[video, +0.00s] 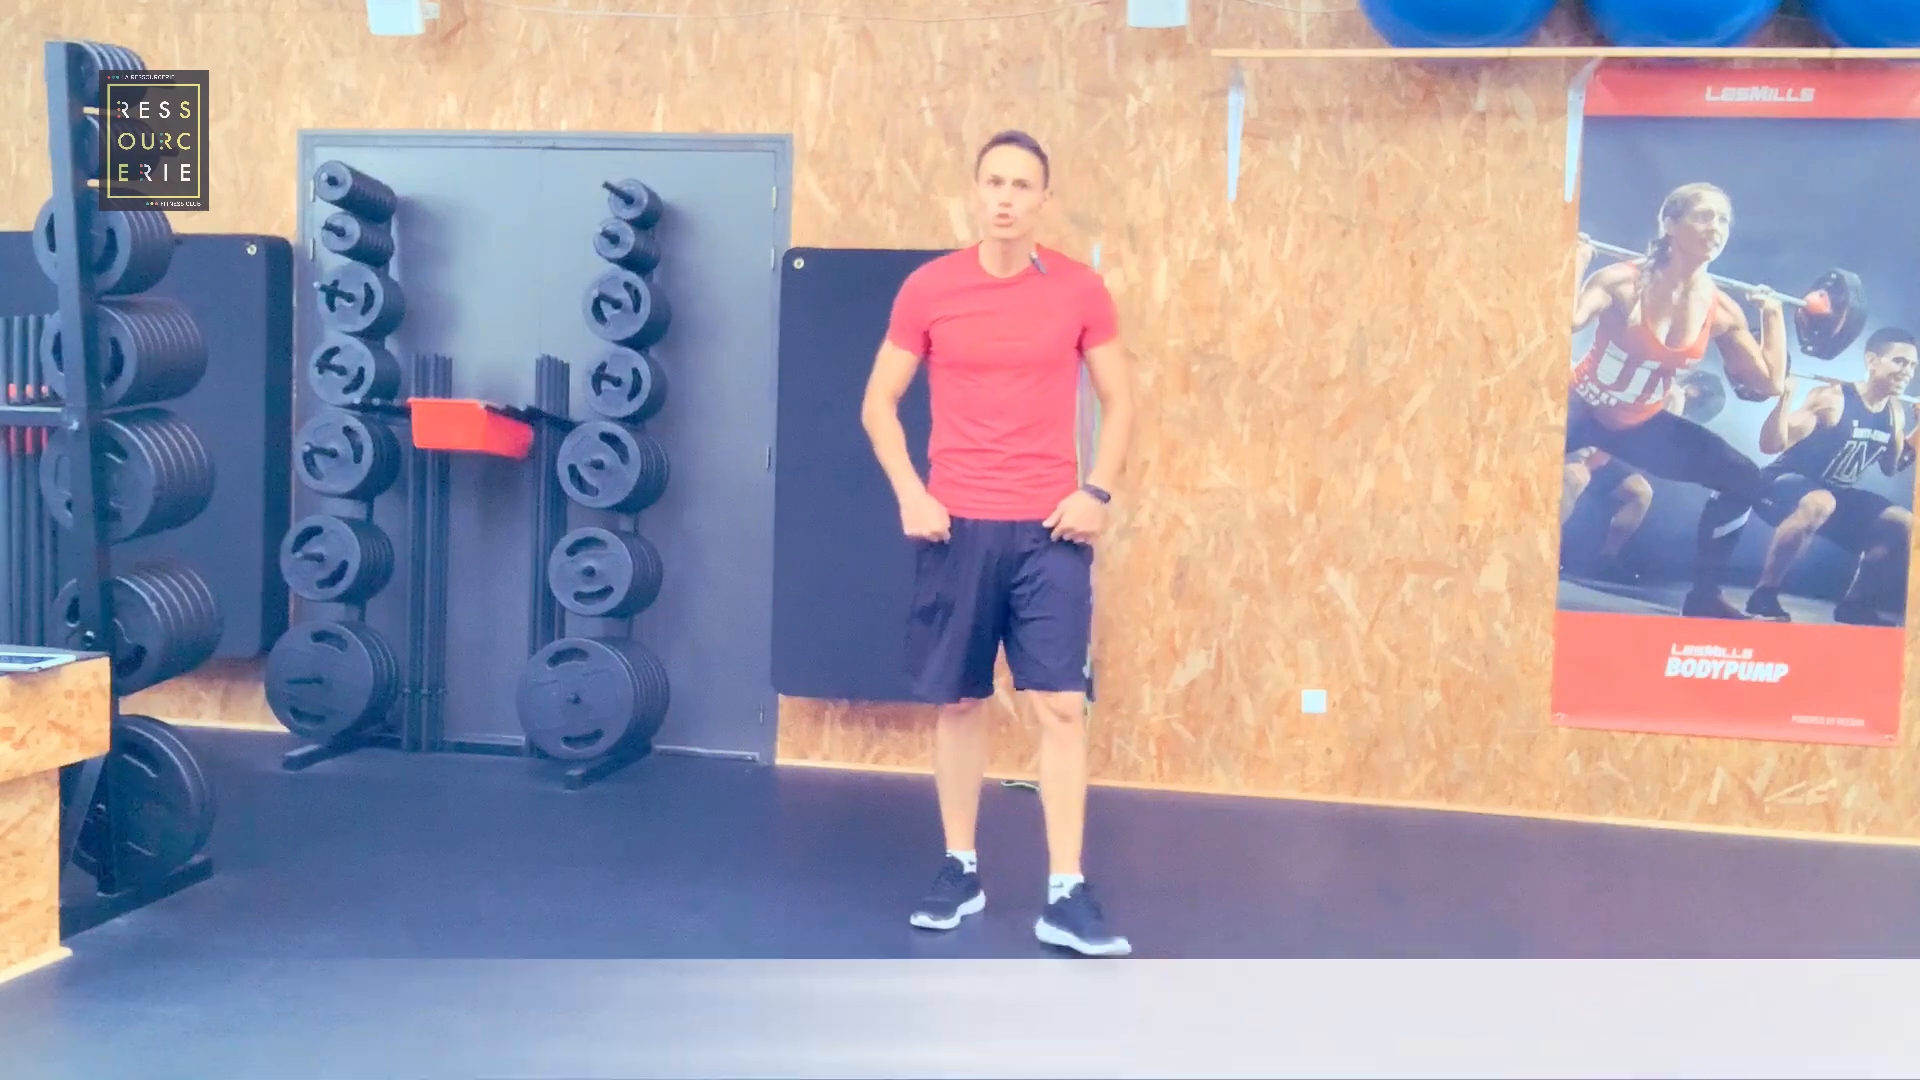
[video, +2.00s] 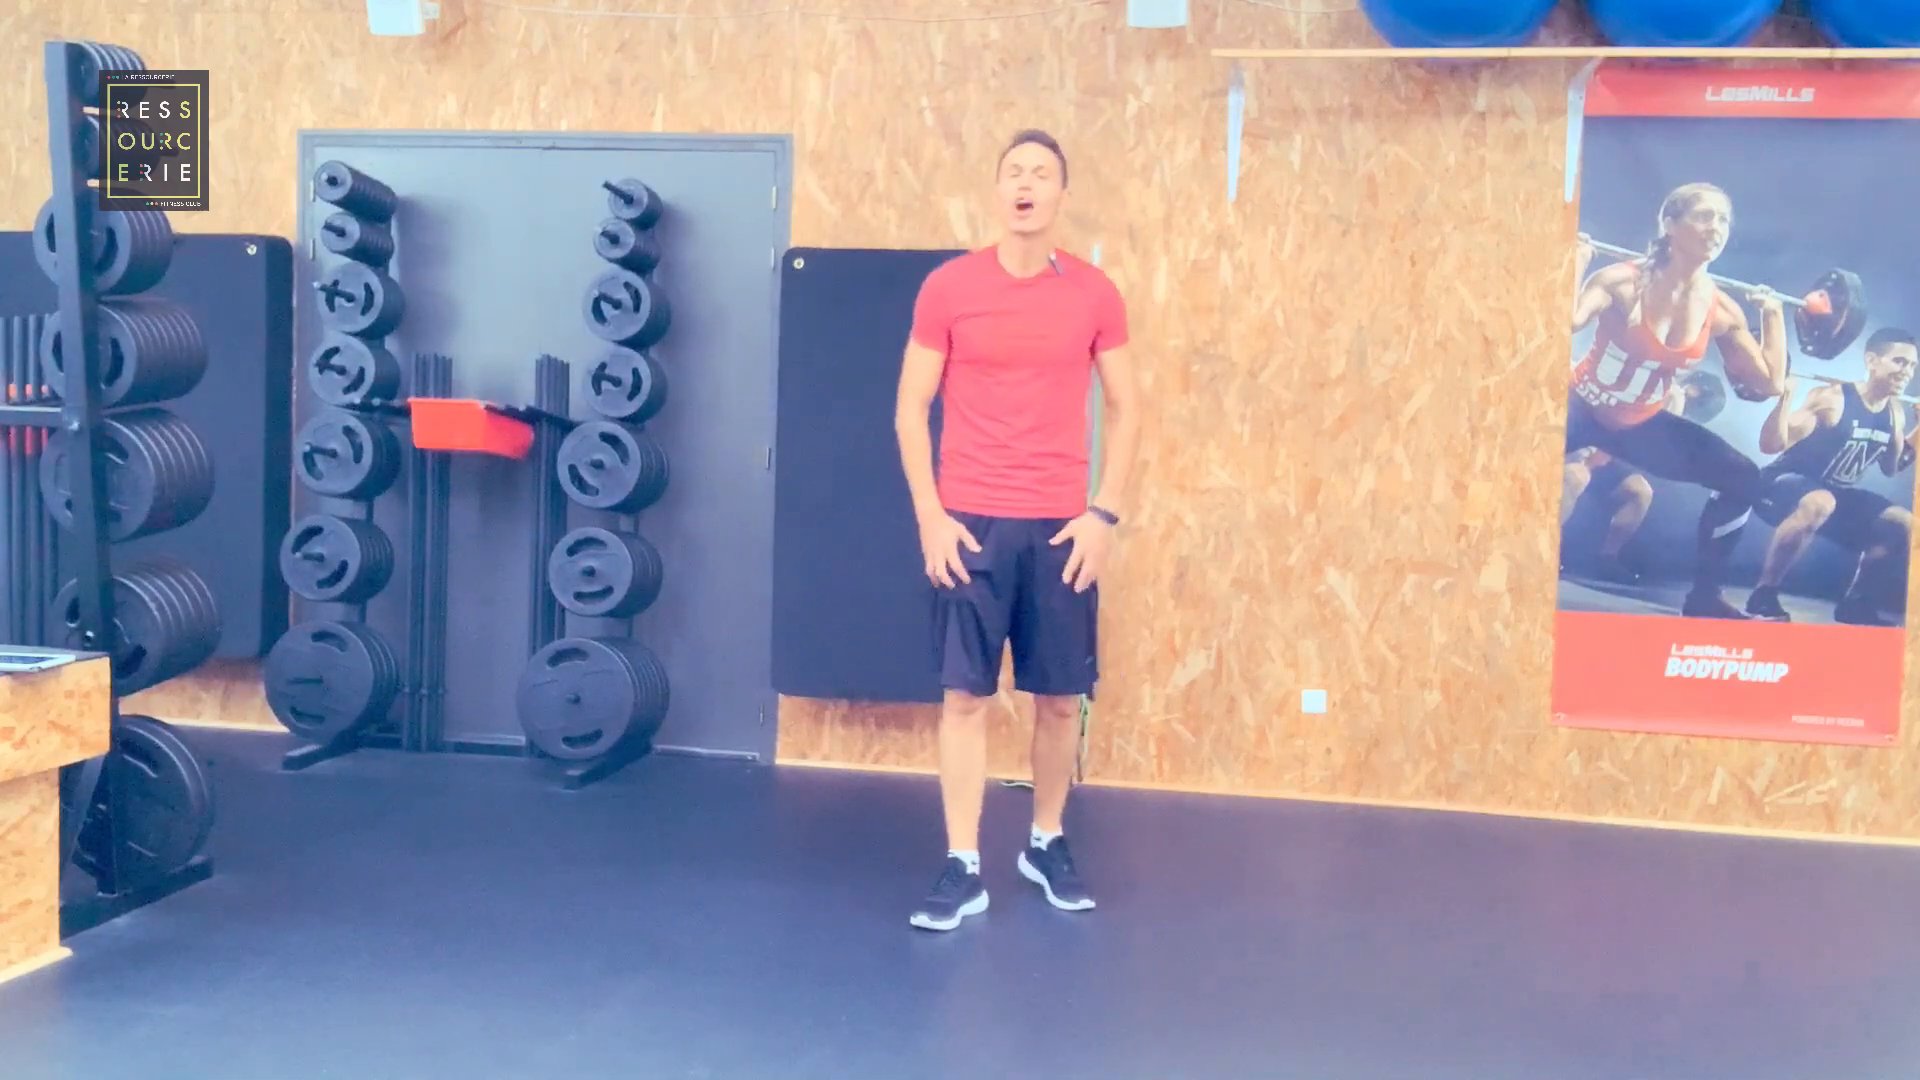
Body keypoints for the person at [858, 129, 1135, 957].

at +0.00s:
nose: (1006, 197)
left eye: (1022, 185)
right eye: (995, 182)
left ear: (1045, 200)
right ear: (972, 193)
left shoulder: (1078, 289)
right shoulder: (930, 287)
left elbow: (1119, 400)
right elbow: (878, 406)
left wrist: (1097, 492)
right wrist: (910, 493)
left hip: (1052, 526)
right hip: (957, 527)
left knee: (1062, 704)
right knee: (960, 702)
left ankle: (1067, 893)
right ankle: (958, 872)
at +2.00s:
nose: (1025, 187)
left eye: (1041, 176)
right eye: (1014, 173)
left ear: (1065, 196)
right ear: (994, 191)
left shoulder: (1093, 293)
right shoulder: (949, 286)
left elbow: (1127, 411)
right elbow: (910, 409)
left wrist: (1106, 513)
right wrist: (929, 515)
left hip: (1061, 529)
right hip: (967, 526)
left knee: (1058, 699)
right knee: (964, 696)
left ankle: (1047, 845)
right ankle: (962, 866)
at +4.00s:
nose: (1021, 160)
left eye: (1038, 146)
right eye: (1007, 147)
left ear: (1066, 161)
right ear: (983, 164)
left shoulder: (1100, 271)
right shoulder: (937, 267)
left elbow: (1129, 402)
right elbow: (893, 404)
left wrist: (1122, 428)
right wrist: (904, 526)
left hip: (1071, 532)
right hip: (966, 532)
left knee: (1081, 732)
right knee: (962, 736)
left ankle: (1074, 899)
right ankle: (965, 930)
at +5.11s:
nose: (1040, 162)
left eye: (1057, 150)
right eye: (1027, 148)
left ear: (1085, 171)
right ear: (1005, 167)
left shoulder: (1121, 273)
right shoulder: (960, 270)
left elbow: (1161, 403)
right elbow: (901, 401)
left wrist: (1137, 413)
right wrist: (966, 426)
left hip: (1096, 529)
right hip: (995, 527)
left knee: (1073, 734)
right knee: (984, 733)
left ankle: (1052, 906)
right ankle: (968, 933)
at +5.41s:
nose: (1060, 180)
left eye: (1078, 168)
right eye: (1049, 164)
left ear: (1103, 185)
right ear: (1028, 176)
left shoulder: (1133, 283)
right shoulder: (979, 277)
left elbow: (1170, 418)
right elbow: (930, 410)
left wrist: (1144, 410)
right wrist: (993, 431)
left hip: (1107, 535)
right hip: (1010, 535)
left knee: (1081, 731)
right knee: (991, 734)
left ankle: (1055, 908)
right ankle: (967, 931)